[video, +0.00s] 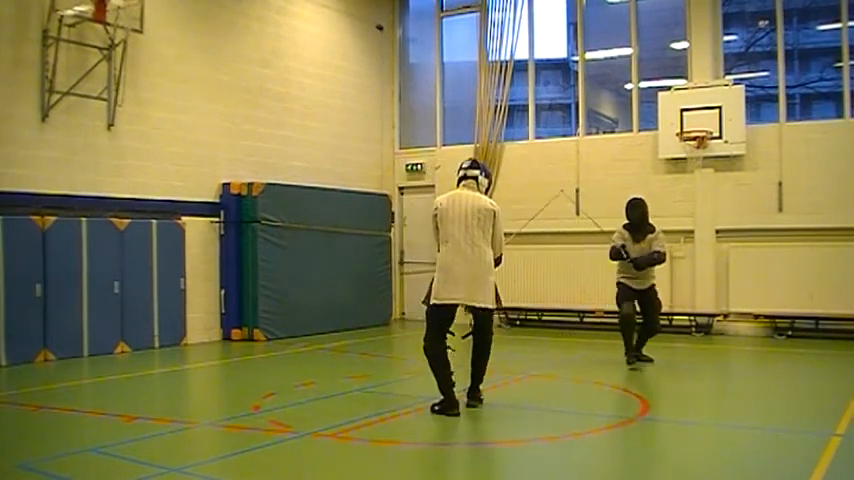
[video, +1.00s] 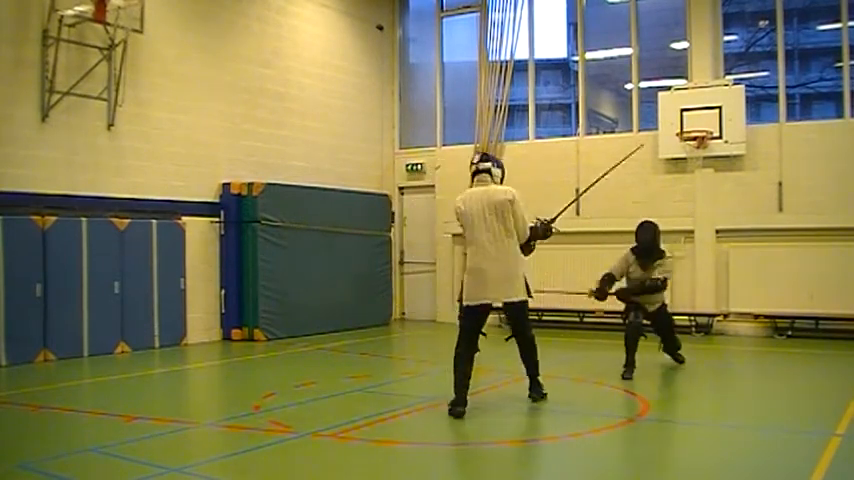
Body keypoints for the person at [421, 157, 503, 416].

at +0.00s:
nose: (487, 186)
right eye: (487, 182)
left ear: (459, 179)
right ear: (483, 182)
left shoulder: (441, 202)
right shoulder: (491, 206)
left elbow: (439, 241)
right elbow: (497, 253)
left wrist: (455, 262)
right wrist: (477, 267)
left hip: (447, 281)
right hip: (481, 283)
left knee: (433, 339)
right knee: (483, 335)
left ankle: (449, 400)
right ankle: (474, 392)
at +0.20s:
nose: (487, 187)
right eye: (487, 182)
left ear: (460, 181)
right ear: (484, 183)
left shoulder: (442, 205)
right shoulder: (492, 208)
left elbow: (441, 247)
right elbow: (500, 256)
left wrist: (457, 268)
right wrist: (478, 271)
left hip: (449, 283)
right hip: (484, 284)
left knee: (435, 343)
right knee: (505, 328)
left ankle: (449, 401)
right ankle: (508, 386)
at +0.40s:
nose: (502, 190)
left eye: (502, 186)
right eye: (502, 185)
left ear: (474, 183)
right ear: (498, 185)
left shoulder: (456, 207)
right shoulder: (505, 210)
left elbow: (454, 247)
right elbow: (513, 259)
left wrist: (472, 264)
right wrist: (489, 266)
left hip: (461, 287)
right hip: (496, 287)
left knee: (444, 343)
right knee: (519, 332)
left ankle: (450, 401)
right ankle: (530, 386)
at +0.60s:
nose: (519, 189)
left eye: (519, 185)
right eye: (519, 185)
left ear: (491, 181)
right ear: (514, 184)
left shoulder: (472, 205)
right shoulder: (520, 209)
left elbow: (467, 245)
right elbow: (529, 257)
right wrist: (507, 265)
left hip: (476, 285)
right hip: (510, 286)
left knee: (455, 342)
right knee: (529, 331)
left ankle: (451, 400)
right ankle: (531, 386)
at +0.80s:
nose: (522, 186)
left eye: (521, 183)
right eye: (521, 183)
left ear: (494, 180)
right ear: (518, 183)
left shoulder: (476, 205)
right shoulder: (525, 207)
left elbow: (471, 238)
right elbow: (536, 248)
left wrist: (492, 237)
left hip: (482, 284)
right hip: (517, 284)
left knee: (462, 339)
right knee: (533, 332)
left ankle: (452, 392)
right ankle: (532, 386)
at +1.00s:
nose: (501, 177)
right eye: (500, 172)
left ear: (473, 174)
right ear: (497, 173)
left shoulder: (462, 201)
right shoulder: (509, 194)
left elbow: (468, 240)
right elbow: (524, 234)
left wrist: (524, 241)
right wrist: (538, 232)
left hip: (476, 282)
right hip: (511, 280)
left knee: (466, 341)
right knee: (524, 333)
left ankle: (459, 401)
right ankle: (535, 386)